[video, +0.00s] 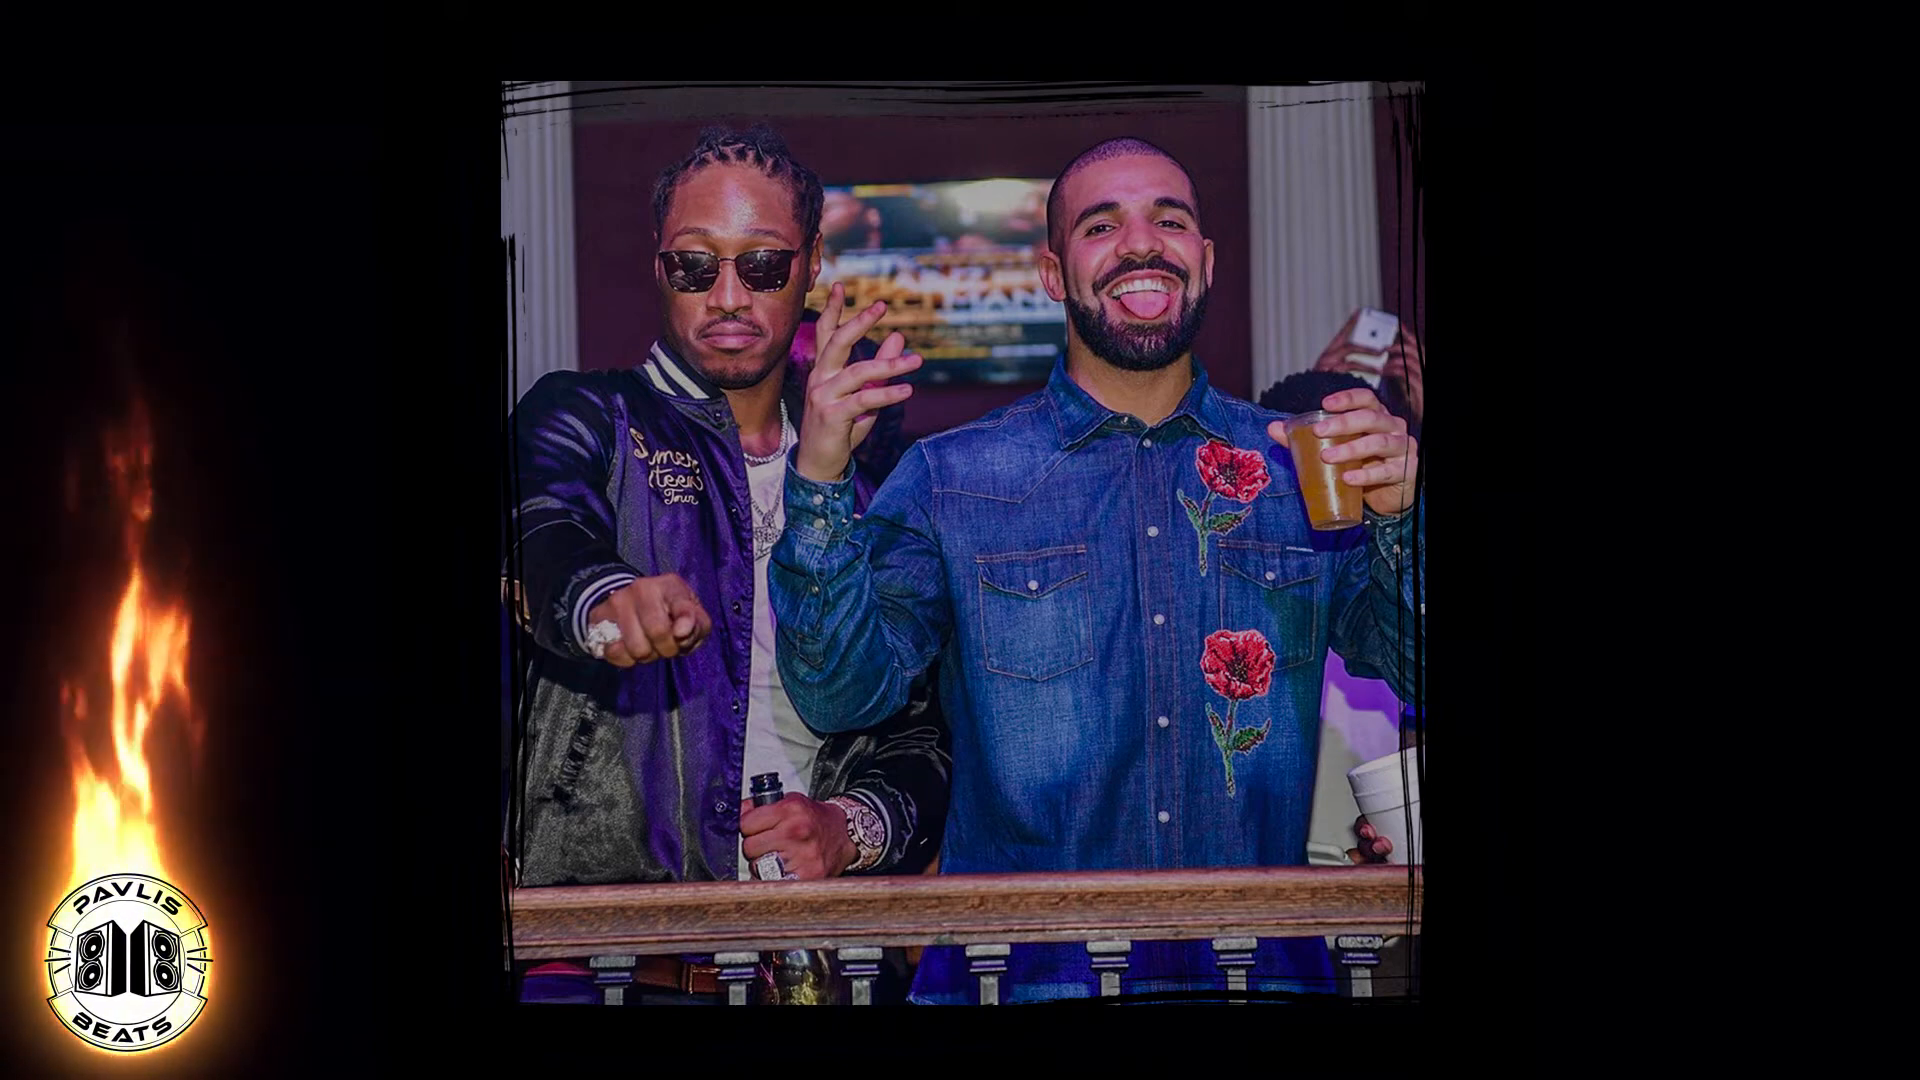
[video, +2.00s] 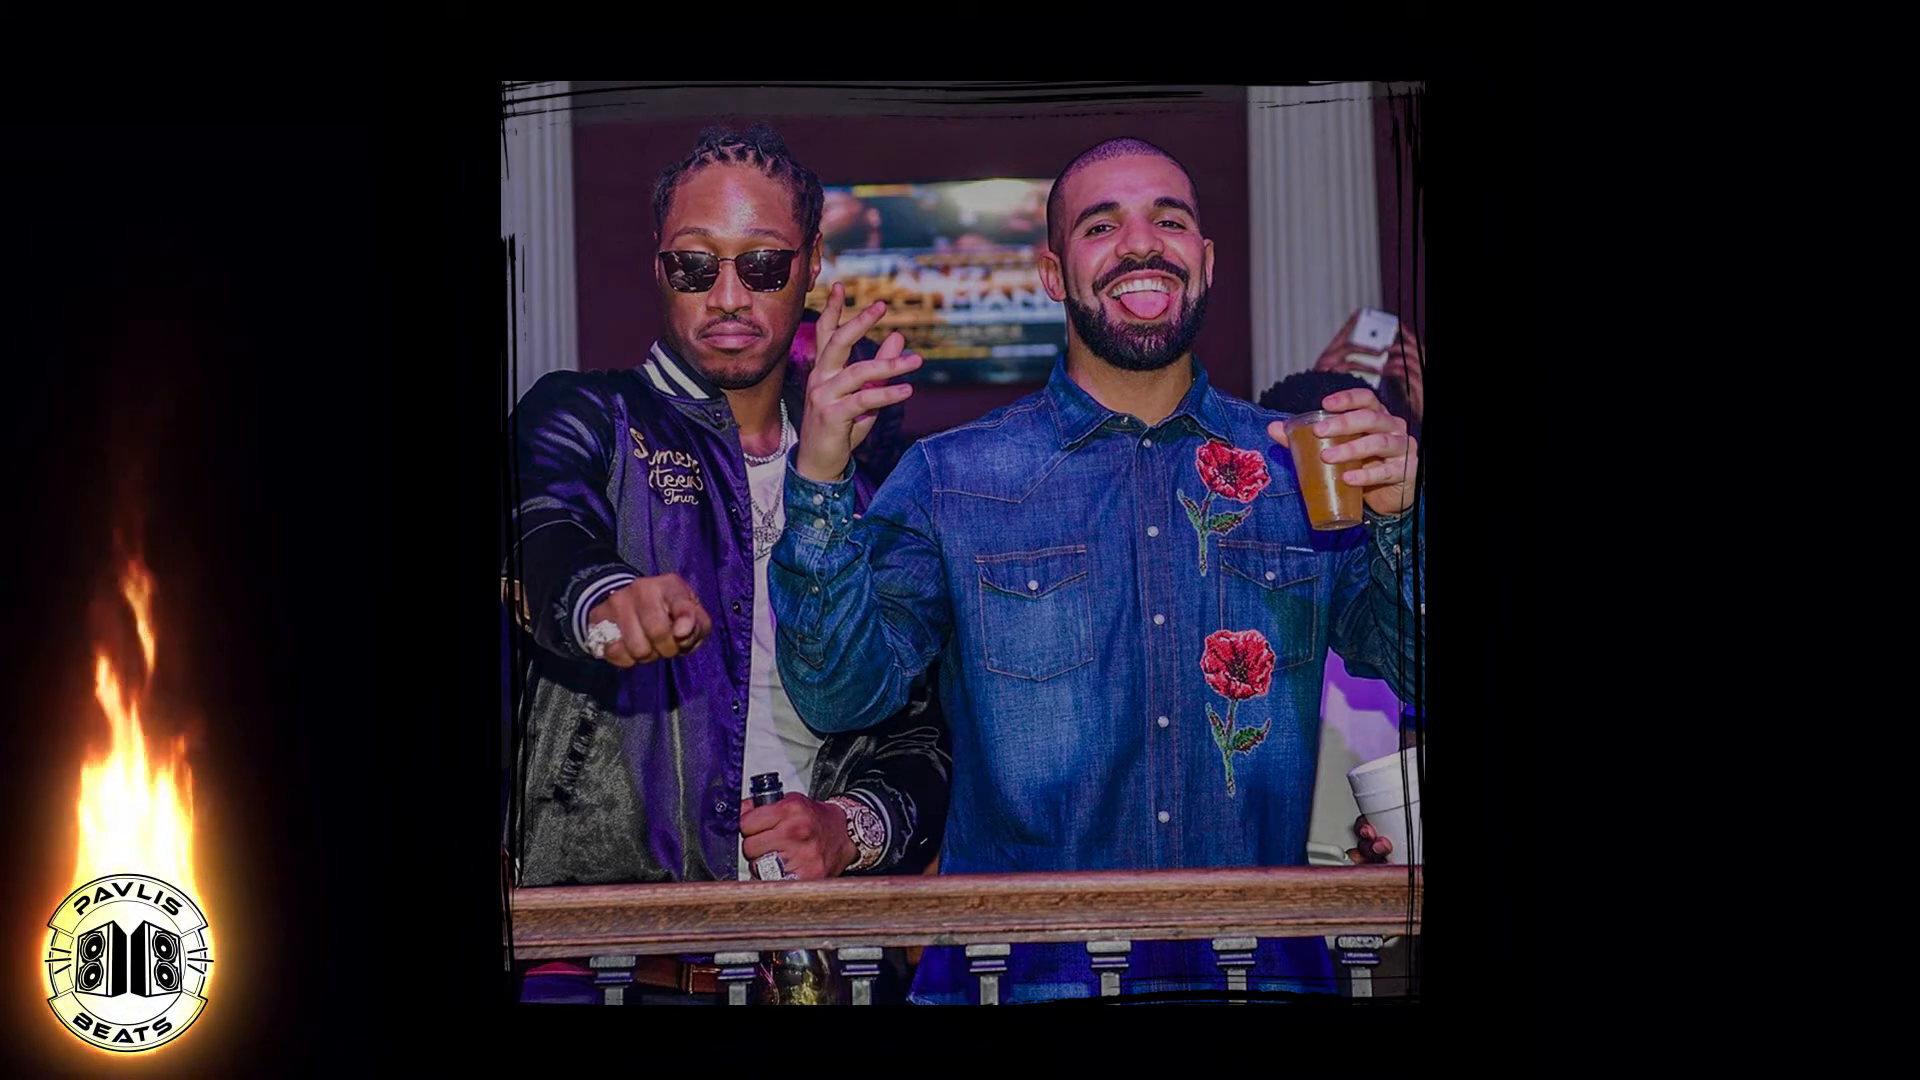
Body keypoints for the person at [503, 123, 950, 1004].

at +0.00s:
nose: (729, 296)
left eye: (764, 266)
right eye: (694, 266)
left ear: (811, 274)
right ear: (658, 273)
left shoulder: (879, 459)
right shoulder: (581, 411)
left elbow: (926, 724)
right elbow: (540, 526)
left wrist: (857, 825)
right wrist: (603, 596)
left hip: (827, 942)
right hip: (605, 942)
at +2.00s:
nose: (729, 296)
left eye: (764, 266)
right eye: (694, 266)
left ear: (811, 274)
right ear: (658, 273)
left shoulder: (878, 459)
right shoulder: (581, 411)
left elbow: (926, 724)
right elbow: (540, 526)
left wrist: (857, 825)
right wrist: (603, 595)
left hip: (827, 942)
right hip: (606, 942)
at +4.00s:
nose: (729, 296)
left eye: (763, 266)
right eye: (694, 266)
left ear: (811, 274)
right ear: (658, 272)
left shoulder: (878, 460)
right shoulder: (581, 412)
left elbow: (926, 726)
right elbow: (540, 525)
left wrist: (857, 826)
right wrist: (602, 595)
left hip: (827, 944)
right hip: (605, 943)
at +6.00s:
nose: (729, 296)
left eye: (763, 266)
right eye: (694, 266)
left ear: (811, 274)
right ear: (658, 272)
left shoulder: (878, 460)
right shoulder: (581, 412)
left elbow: (926, 725)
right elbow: (540, 525)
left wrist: (857, 826)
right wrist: (602, 595)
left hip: (827, 944)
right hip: (605, 943)